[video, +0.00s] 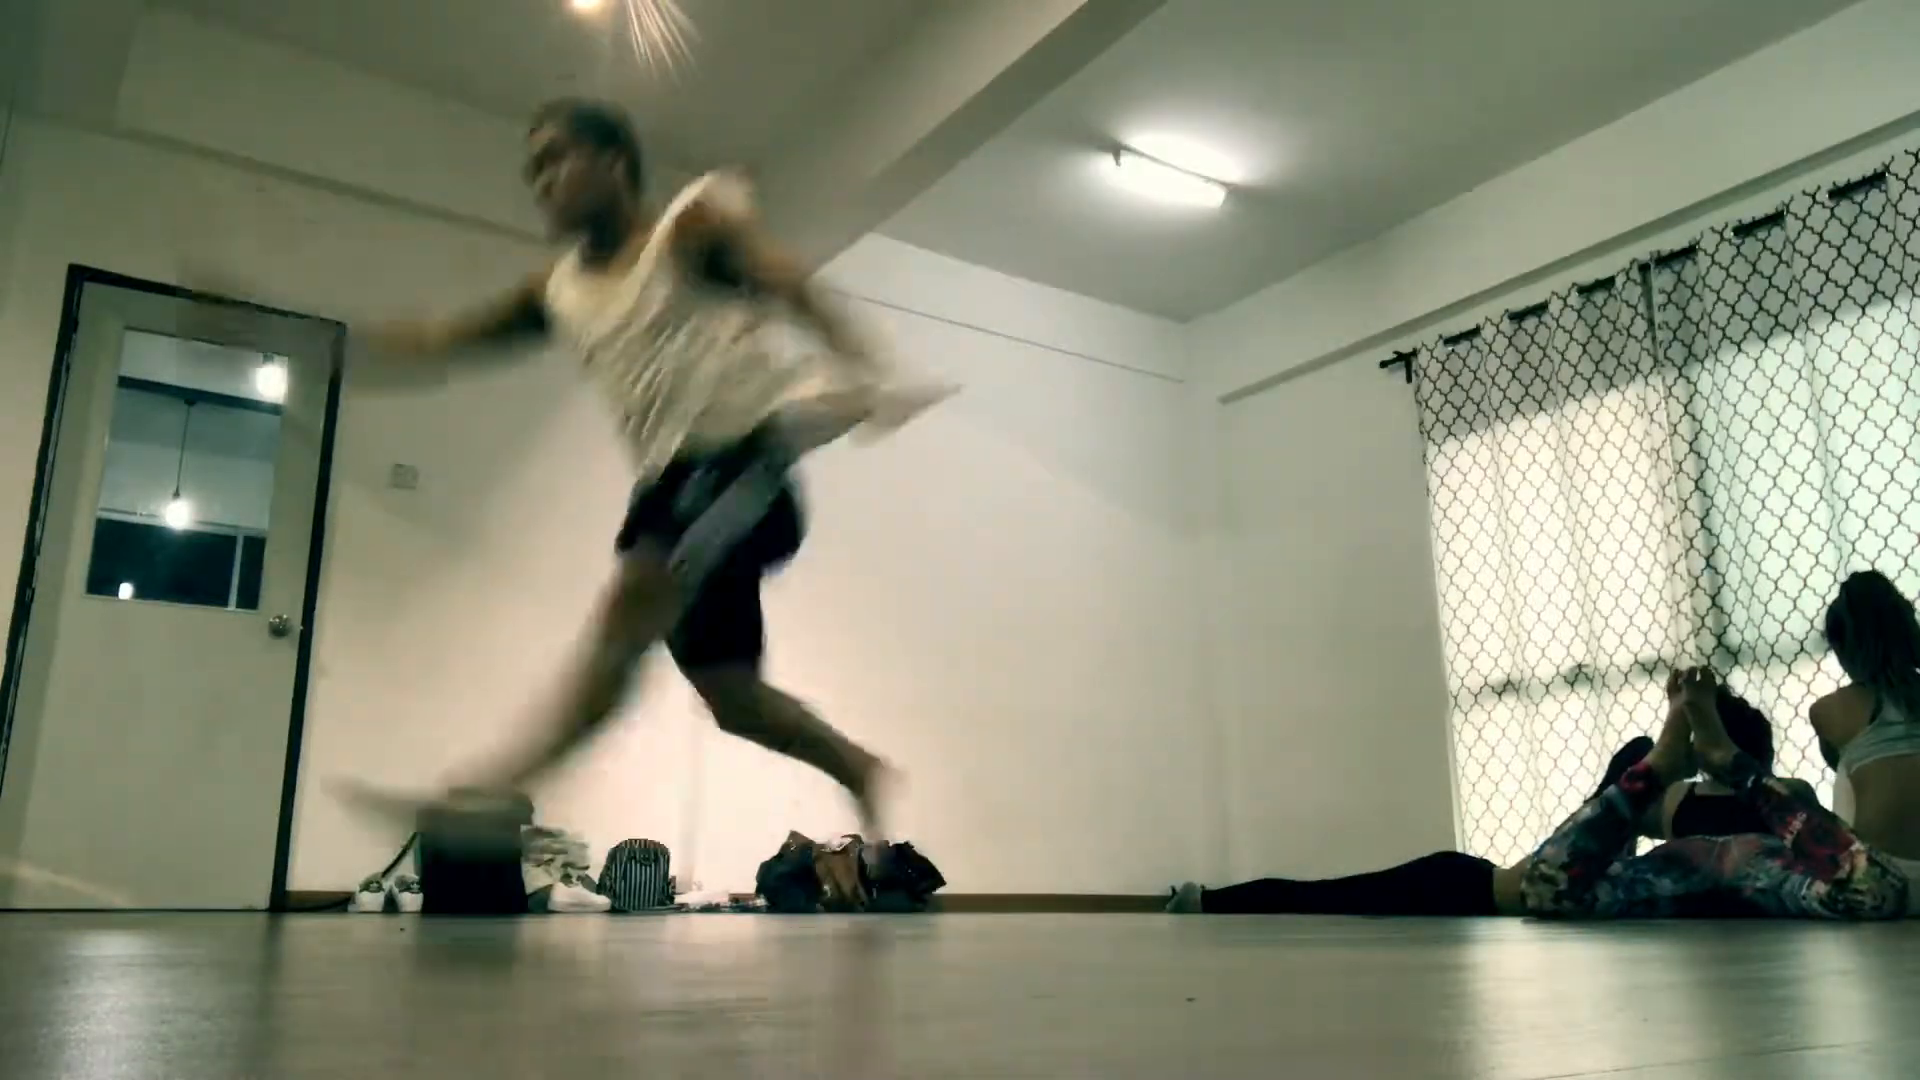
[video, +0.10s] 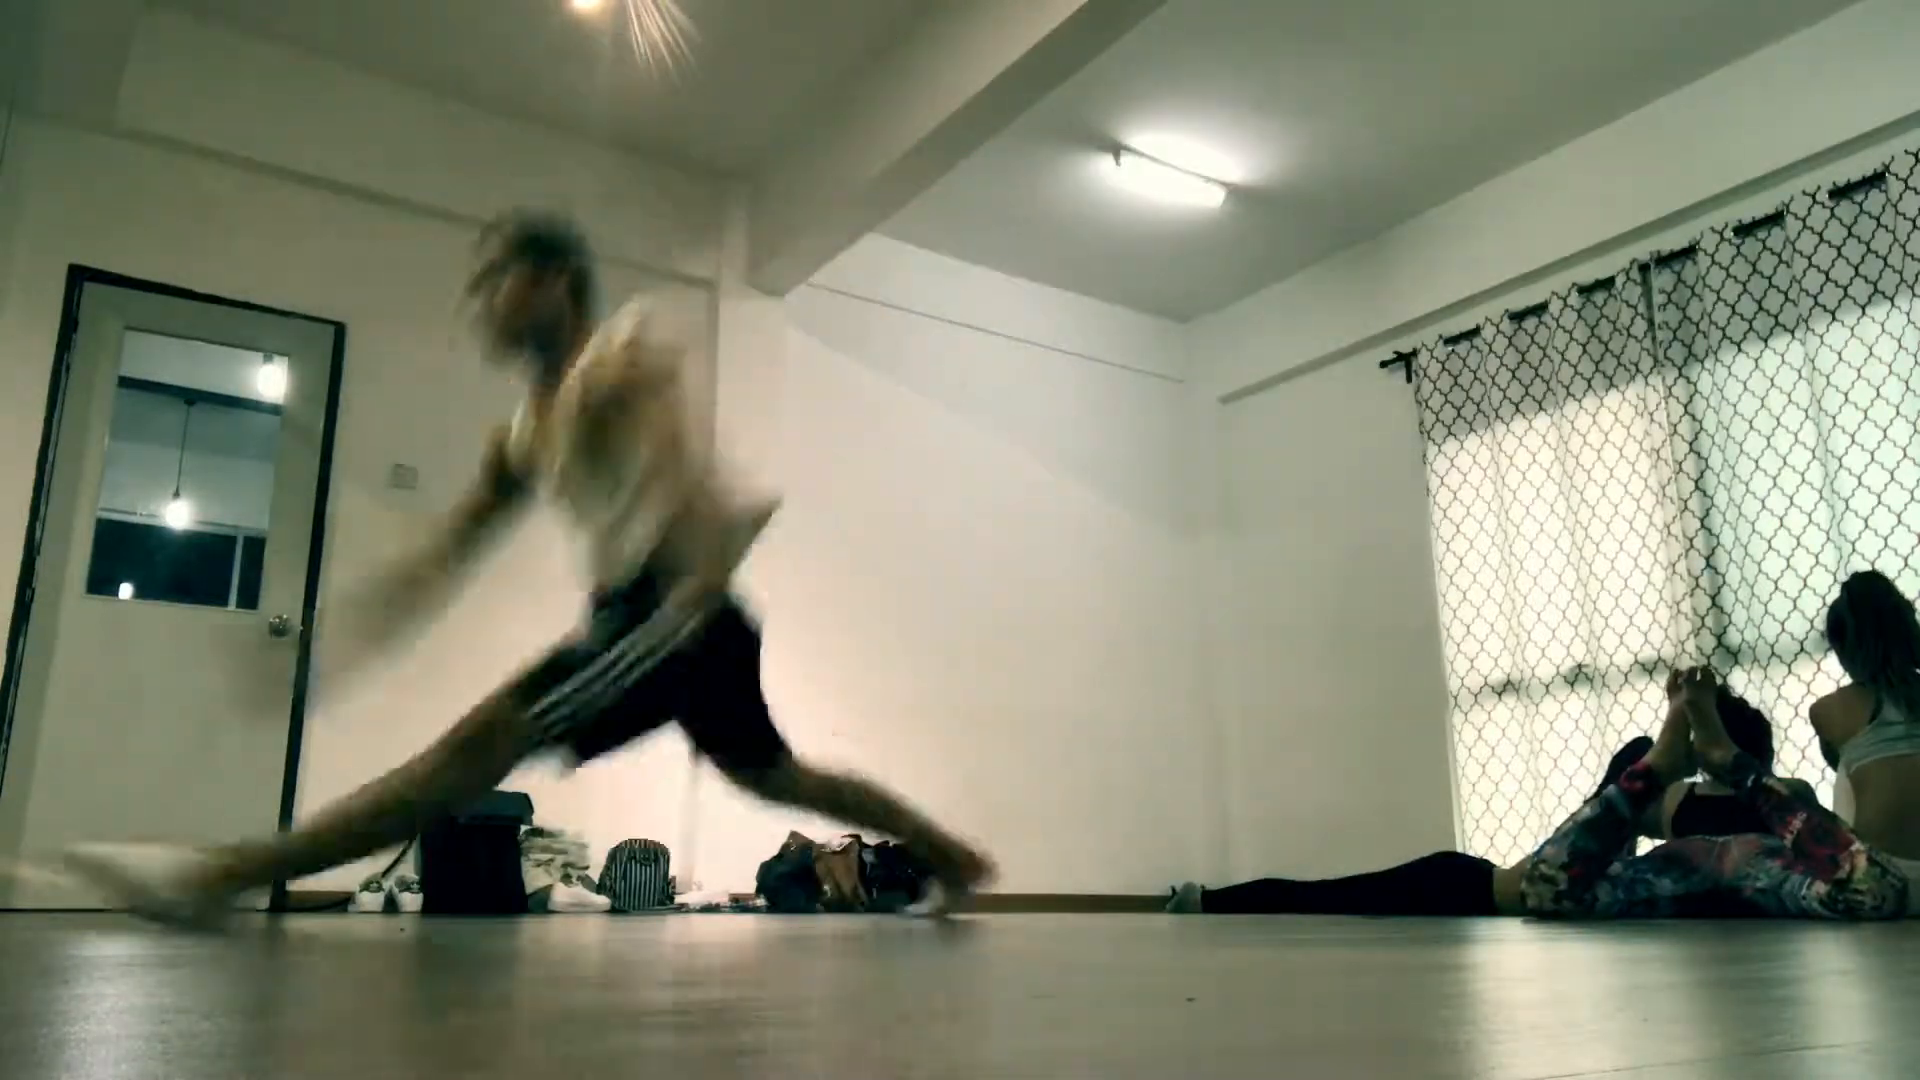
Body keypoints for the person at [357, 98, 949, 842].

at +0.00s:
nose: (542, 184)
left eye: (555, 160)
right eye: (535, 171)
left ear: (614, 159)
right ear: (540, 187)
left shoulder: (694, 224)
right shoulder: (559, 286)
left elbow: (794, 284)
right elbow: (458, 337)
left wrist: (863, 369)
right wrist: (364, 345)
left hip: (744, 459)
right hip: (668, 489)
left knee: (630, 612)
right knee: (735, 700)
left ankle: (502, 785)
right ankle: (863, 771)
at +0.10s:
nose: (481, 305)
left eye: (497, 283)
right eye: (481, 287)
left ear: (555, 286)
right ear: (524, 300)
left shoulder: (632, 364)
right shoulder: (531, 430)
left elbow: (702, 489)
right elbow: (460, 538)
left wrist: (685, 592)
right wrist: (374, 618)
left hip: (671, 609)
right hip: (661, 613)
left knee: (474, 751)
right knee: (769, 773)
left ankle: (223, 878)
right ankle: (954, 855)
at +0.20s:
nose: (378, 490)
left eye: (387, 467)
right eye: (376, 470)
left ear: (444, 460)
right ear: (447, 460)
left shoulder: (531, 518)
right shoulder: (486, 564)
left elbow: (551, 687)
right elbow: (477, 713)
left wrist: (520, 852)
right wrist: (440, 837)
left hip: (648, 723)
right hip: (687, 725)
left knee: (412, 845)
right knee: (806, 857)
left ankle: (124, 881)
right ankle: (976, 895)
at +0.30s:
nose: (336, 709)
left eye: (326, 689)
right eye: (321, 700)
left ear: (350, 653)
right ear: (347, 665)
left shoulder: (449, 644)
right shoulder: (447, 700)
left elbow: (549, 722)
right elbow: (468, 828)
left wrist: (519, 890)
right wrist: (438, 895)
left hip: (670, 804)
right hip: (706, 812)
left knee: (399, 876)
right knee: (829, 884)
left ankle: (108, 878)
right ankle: (974, 891)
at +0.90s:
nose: (370, 661)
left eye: (359, 638)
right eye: (353, 652)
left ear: (387, 592)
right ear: (379, 623)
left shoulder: (494, 606)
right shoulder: (476, 665)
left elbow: (559, 729)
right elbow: (512, 792)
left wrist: (521, 893)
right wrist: (465, 873)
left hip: (666, 815)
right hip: (713, 809)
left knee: (408, 876)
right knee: (835, 884)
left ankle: (124, 877)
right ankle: (979, 891)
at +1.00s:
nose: (401, 561)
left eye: (414, 532)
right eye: (382, 549)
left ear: (471, 516)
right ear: (382, 565)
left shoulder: (520, 600)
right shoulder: (479, 646)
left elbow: (565, 739)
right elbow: (492, 778)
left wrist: (520, 886)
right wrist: (460, 870)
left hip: (675, 817)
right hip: (677, 820)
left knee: (413, 873)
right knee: (830, 886)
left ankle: (123, 877)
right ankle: (970, 889)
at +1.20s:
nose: (503, 487)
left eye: (528, 468)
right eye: (490, 472)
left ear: (582, 486)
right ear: (483, 494)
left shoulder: (602, 589)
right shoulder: (517, 612)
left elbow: (596, 748)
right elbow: (498, 750)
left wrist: (520, 890)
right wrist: (470, 852)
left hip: (653, 847)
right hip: (686, 834)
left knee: (409, 868)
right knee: (796, 876)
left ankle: (117, 876)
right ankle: (918, 886)